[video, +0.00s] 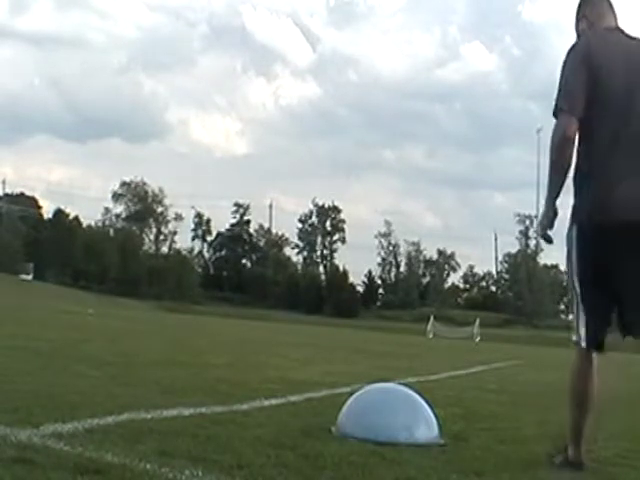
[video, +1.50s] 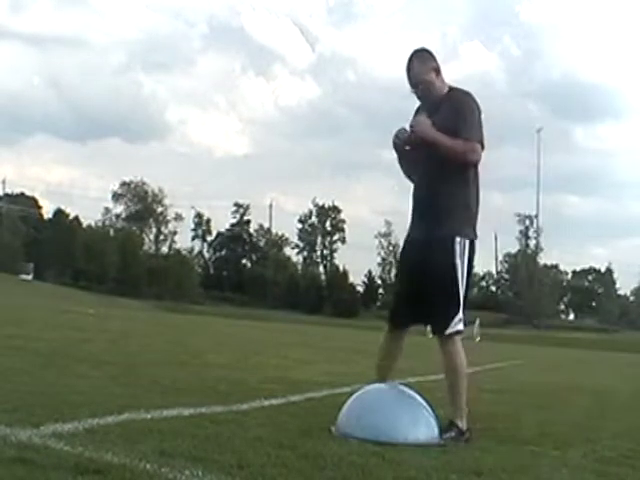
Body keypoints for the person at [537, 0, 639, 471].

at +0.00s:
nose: (577, 35)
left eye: (577, 28)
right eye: (579, 29)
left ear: (584, 21)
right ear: (614, 17)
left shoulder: (586, 49)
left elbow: (566, 131)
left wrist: (550, 202)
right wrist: (553, 202)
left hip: (604, 215)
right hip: (635, 215)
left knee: (588, 342)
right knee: (589, 343)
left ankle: (576, 450)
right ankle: (576, 447)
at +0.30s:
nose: (540, 46)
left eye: (540, 39)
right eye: (541, 39)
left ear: (547, 32)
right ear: (573, 29)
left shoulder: (545, 62)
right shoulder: (614, 68)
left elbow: (524, 136)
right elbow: (636, 144)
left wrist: (509, 193)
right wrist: (625, 206)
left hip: (564, 211)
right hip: (608, 210)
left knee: (572, 330)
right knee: (589, 321)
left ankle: (574, 451)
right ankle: (594, 409)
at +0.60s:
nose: (513, 75)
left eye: (512, 68)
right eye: (513, 69)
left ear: (521, 56)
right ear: (543, 57)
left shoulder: (524, 85)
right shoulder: (578, 97)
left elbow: (506, 145)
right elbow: (595, 169)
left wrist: (484, 186)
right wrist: (573, 205)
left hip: (533, 221)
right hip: (568, 223)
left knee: (537, 329)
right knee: (543, 328)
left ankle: (563, 431)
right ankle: (542, 426)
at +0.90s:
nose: (479, 85)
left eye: (479, 76)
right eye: (476, 79)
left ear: (494, 63)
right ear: (502, 62)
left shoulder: (505, 86)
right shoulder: (525, 93)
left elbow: (506, 139)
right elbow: (524, 154)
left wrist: (470, 164)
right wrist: (485, 163)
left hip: (505, 223)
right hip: (535, 224)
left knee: (474, 320)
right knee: (525, 328)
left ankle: (481, 419)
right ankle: (537, 427)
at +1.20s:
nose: (444, 92)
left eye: (446, 82)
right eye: (440, 86)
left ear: (465, 71)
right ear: (449, 79)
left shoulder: (483, 101)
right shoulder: (467, 110)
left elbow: (487, 160)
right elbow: (475, 163)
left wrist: (439, 160)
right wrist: (439, 160)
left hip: (476, 233)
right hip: (463, 231)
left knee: (455, 329)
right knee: (448, 320)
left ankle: (460, 424)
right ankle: (493, 380)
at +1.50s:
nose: (418, 90)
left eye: (421, 81)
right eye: (413, 85)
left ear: (436, 73)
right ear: (412, 84)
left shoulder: (462, 101)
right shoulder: (421, 115)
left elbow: (473, 153)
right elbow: (418, 174)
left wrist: (429, 134)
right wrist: (403, 150)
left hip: (454, 230)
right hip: (421, 229)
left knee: (448, 330)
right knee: (397, 324)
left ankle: (460, 423)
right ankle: (375, 403)